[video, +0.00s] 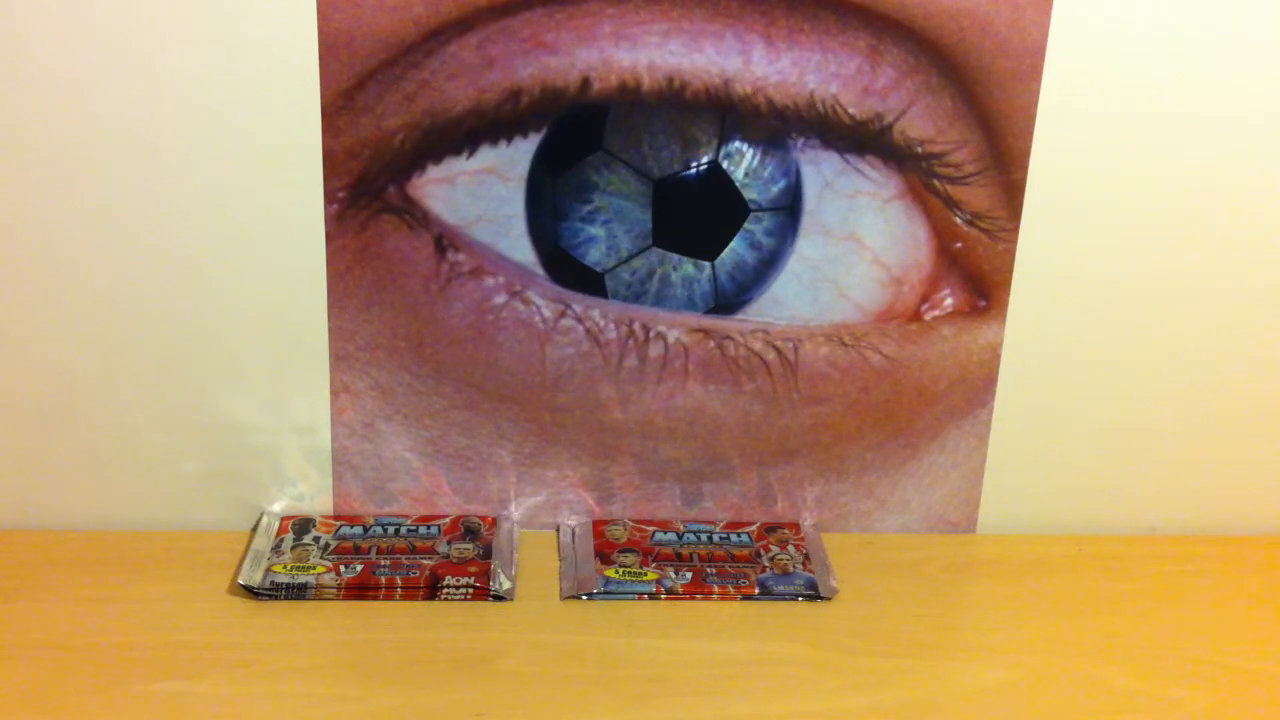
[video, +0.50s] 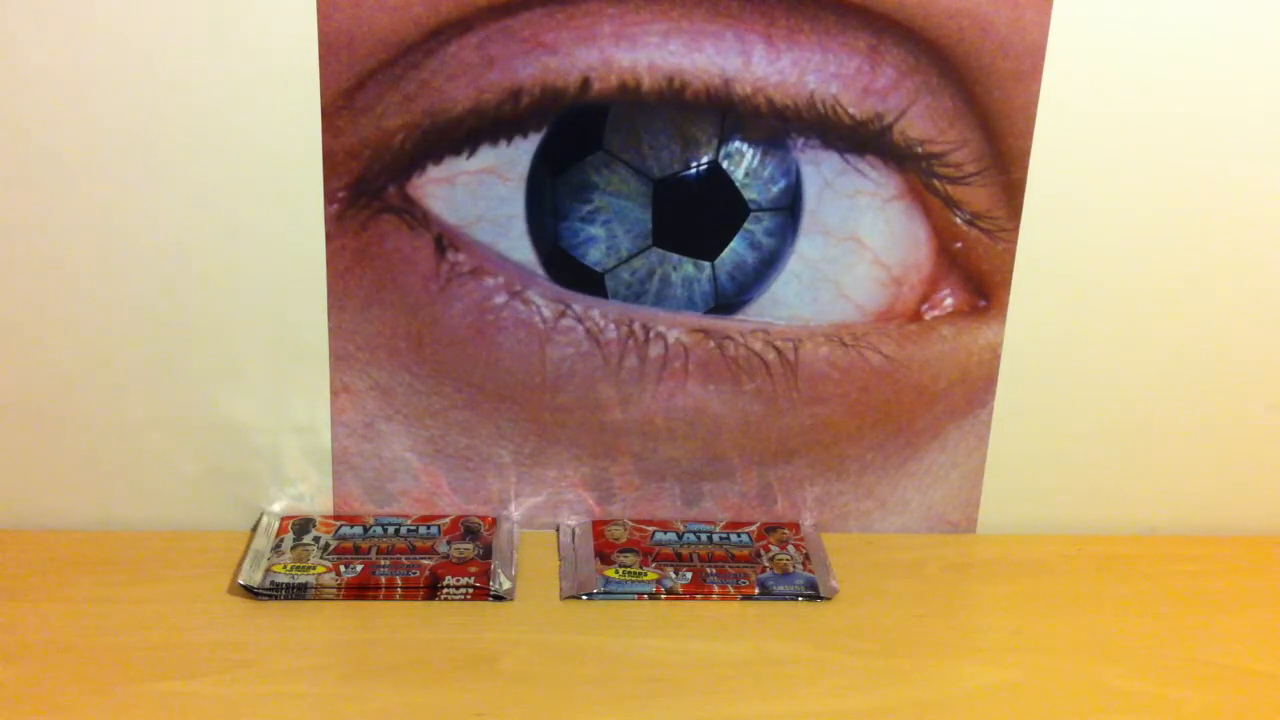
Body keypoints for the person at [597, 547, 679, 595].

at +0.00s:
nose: (621, 560)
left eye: (626, 557)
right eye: (619, 557)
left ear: (638, 558)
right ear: (617, 558)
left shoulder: (651, 573)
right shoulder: (609, 572)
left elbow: (668, 585)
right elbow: (597, 588)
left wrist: (674, 588)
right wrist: (597, 573)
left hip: (641, 606)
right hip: (612, 606)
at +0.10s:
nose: (621, 560)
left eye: (625, 557)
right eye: (619, 557)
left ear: (638, 558)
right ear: (616, 559)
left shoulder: (651, 573)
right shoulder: (610, 572)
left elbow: (667, 584)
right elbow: (597, 587)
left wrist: (673, 588)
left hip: (642, 606)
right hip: (613, 606)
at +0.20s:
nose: (621, 560)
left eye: (625, 557)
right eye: (619, 557)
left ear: (638, 558)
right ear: (616, 559)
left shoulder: (651, 573)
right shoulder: (610, 572)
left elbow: (667, 584)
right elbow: (597, 587)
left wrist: (673, 588)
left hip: (642, 606)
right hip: (613, 606)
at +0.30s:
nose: (621, 560)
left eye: (625, 557)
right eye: (619, 557)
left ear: (638, 558)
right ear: (616, 559)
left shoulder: (651, 573)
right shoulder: (610, 572)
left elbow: (667, 584)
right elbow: (597, 587)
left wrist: (673, 588)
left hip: (642, 606)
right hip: (613, 606)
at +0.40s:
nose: (621, 560)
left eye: (625, 557)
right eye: (619, 557)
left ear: (638, 558)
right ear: (616, 559)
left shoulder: (651, 573)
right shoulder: (610, 572)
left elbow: (667, 584)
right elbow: (597, 587)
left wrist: (673, 588)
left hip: (642, 606)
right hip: (613, 606)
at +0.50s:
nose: (621, 560)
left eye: (625, 557)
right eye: (619, 557)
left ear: (638, 558)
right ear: (616, 559)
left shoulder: (651, 573)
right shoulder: (610, 572)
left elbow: (667, 584)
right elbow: (597, 587)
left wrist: (673, 588)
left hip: (642, 606)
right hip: (613, 605)